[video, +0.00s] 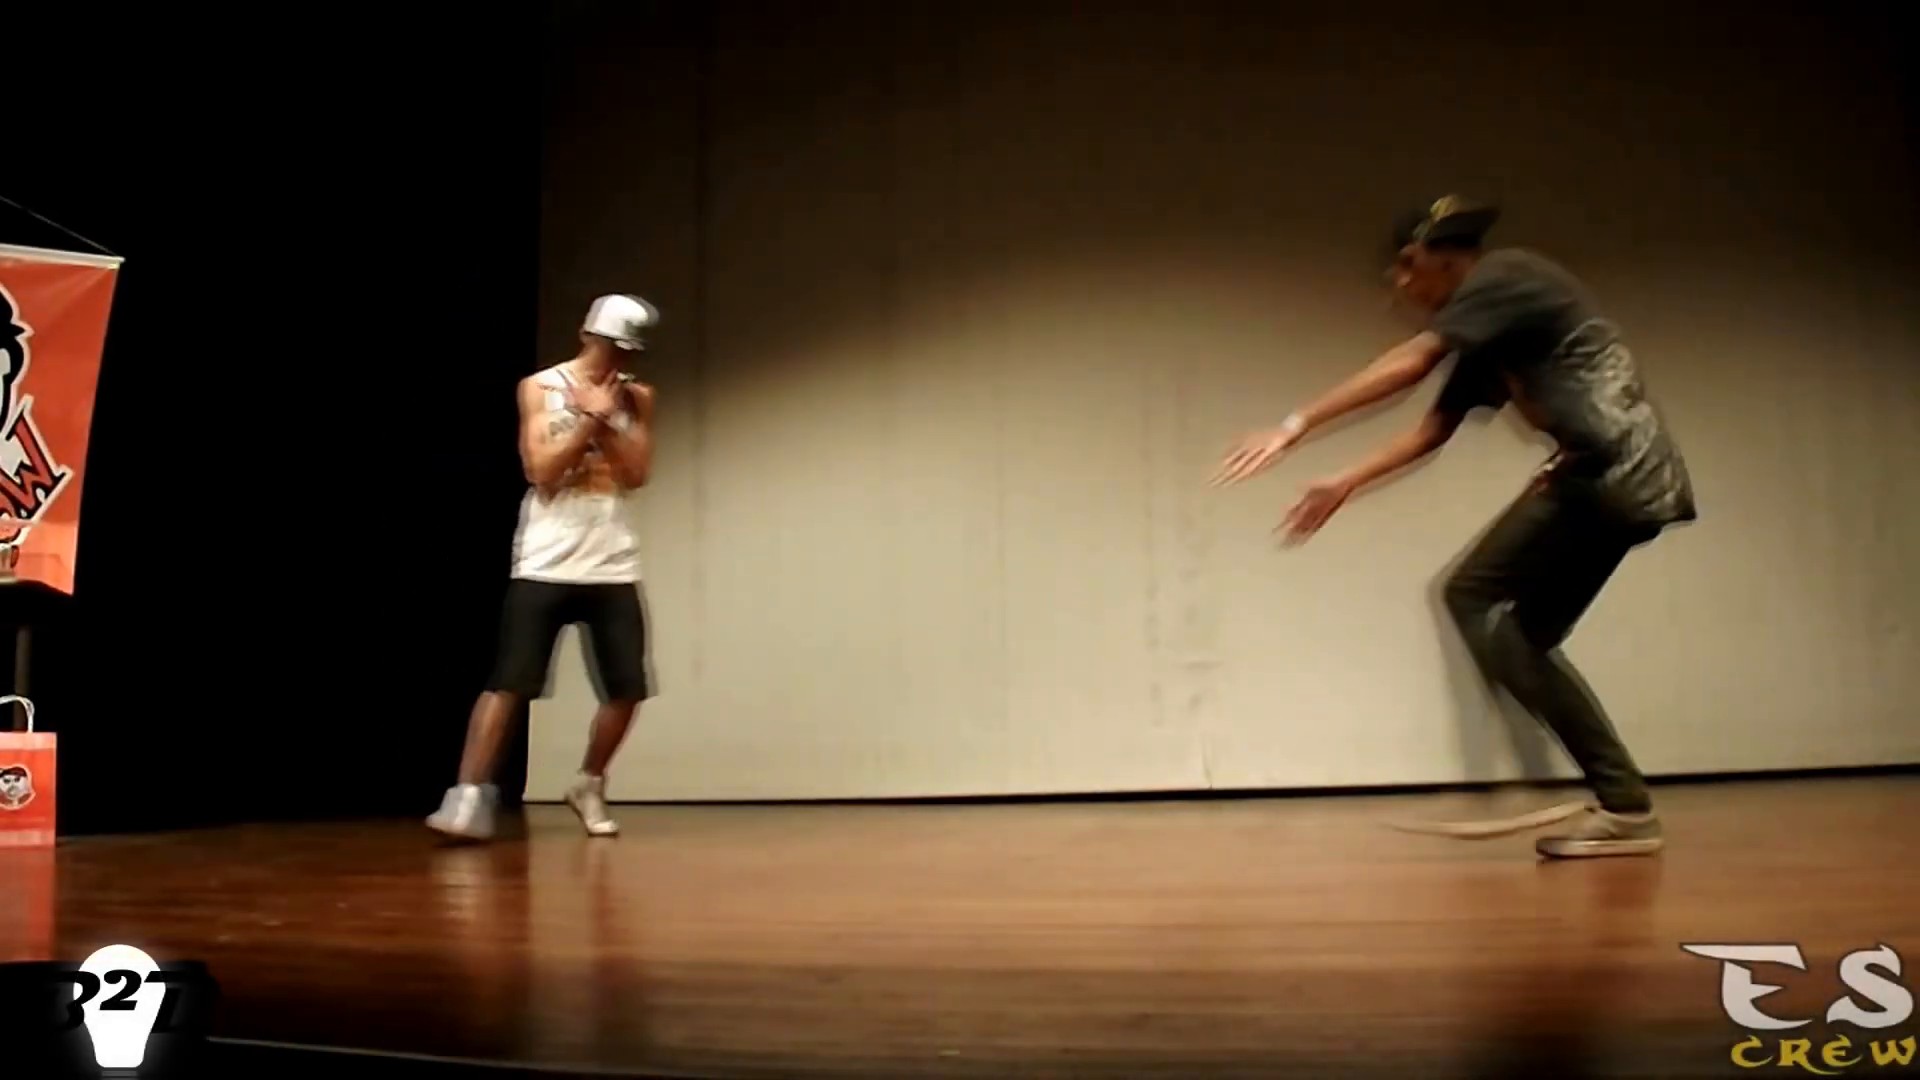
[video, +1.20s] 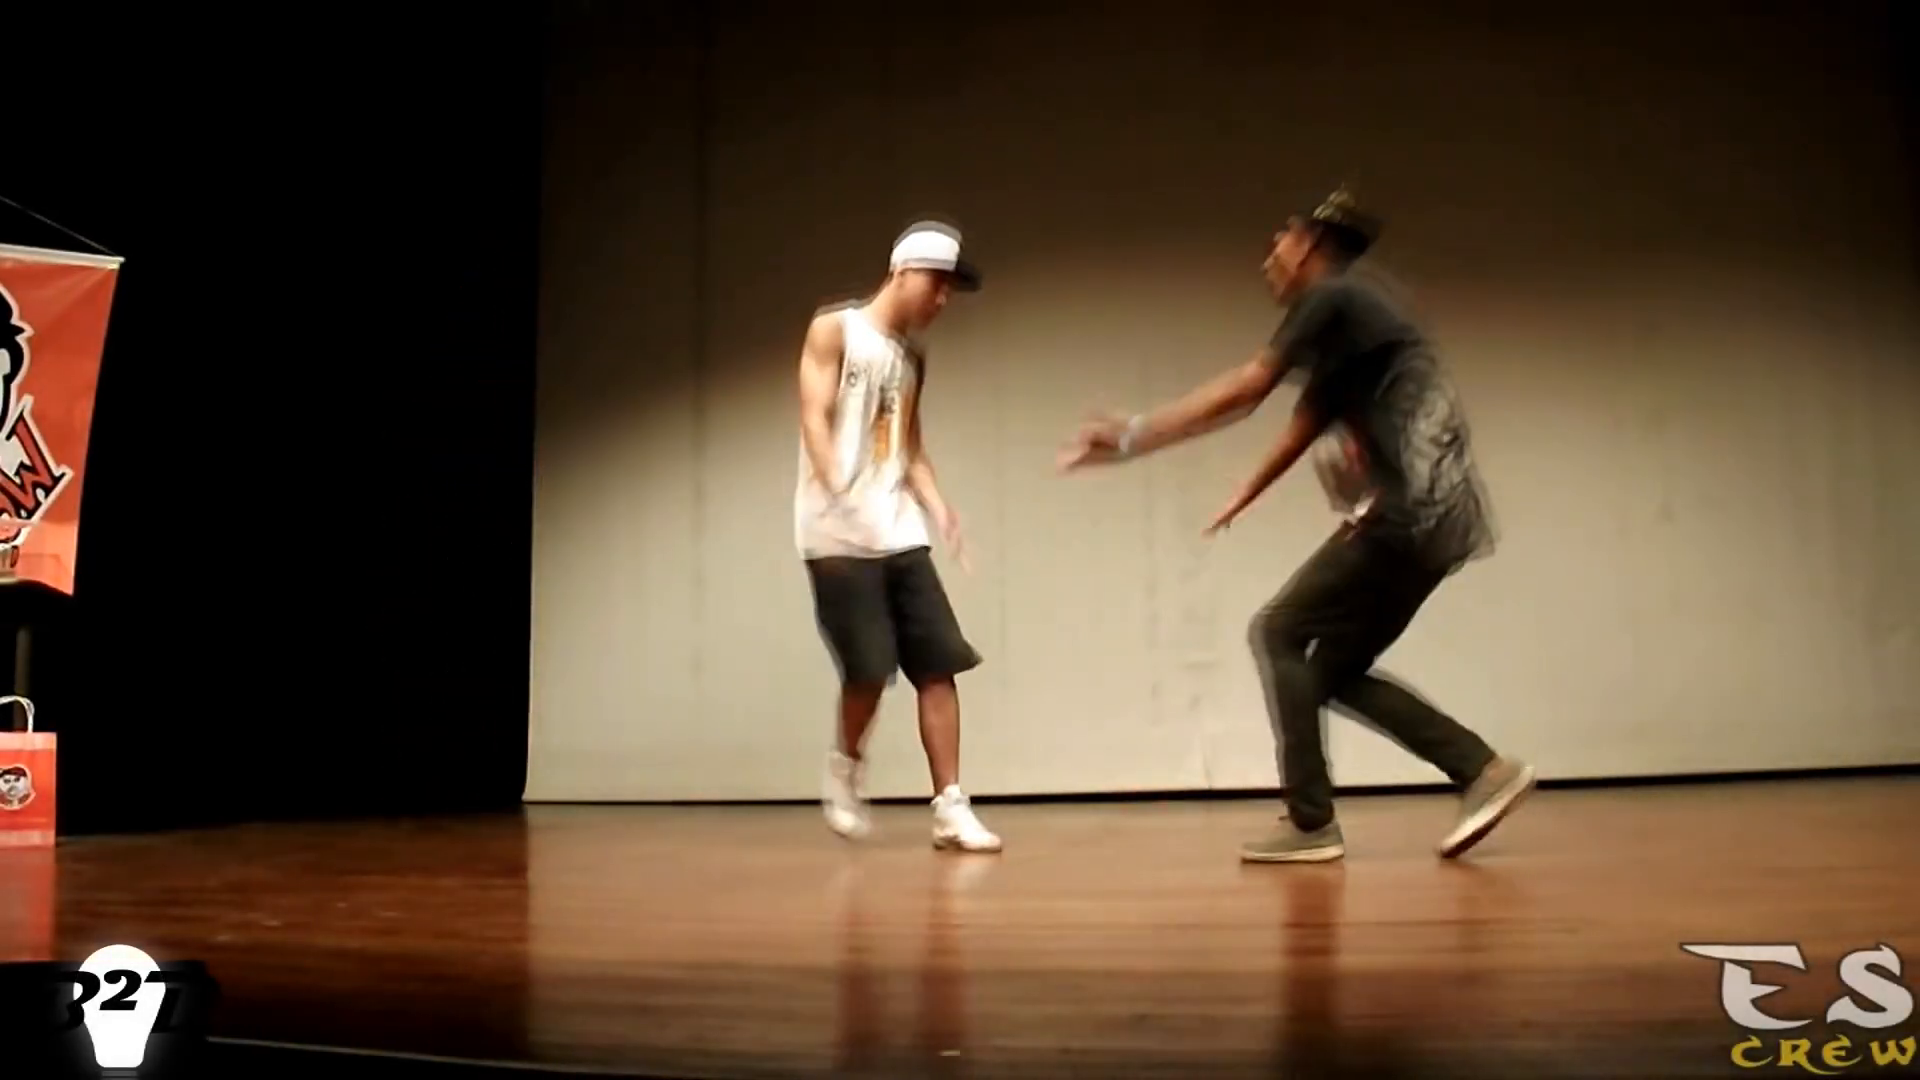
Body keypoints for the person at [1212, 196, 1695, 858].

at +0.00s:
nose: (1402, 288)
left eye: (1406, 271)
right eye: (1399, 275)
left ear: (1437, 257)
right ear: (1445, 261)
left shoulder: (1503, 278)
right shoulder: (1491, 327)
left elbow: (1411, 363)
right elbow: (1429, 434)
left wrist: (1294, 426)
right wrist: (1342, 488)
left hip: (1602, 473)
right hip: (1626, 479)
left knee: (1471, 592)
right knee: (1522, 637)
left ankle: (1607, 792)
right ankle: (1626, 807)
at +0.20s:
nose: (1310, 445)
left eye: (1314, 428)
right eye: (1309, 430)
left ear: (1341, 421)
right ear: (1369, 413)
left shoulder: (1392, 445)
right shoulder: (1422, 465)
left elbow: (1323, 561)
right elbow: (1380, 602)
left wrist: (1217, 598)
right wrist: (1273, 618)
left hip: (1525, 576)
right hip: (1572, 583)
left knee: (1364, 636)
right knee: (1441, 718)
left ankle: (1322, 828)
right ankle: (1596, 791)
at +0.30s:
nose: (1271, 522)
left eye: (1274, 505)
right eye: (1271, 506)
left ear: (1298, 499)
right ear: (1334, 492)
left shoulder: (1345, 534)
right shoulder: (1384, 532)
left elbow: (1303, 672)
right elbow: (1368, 695)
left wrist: (1209, 725)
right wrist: (1284, 715)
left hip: (1487, 649)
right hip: (1532, 654)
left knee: (1314, 665)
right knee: (1404, 779)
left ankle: (1314, 825)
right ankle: (1564, 787)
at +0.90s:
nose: (1218, 423)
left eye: (1226, 408)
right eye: (1223, 407)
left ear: (1247, 417)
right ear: (1286, 418)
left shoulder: (1271, 483)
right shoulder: (1321, 473)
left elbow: (1236, 621)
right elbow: (1320, 621)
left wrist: (1185, 717)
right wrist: (1268, 736)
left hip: (1376, 647)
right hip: (1418, 654)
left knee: (1229, 658)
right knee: (1323, 789)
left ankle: (1305, 820)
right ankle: (1483, 803)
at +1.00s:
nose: (1227, 350)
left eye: (1237, 335)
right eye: (1233, 334)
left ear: (1262, 348)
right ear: (1291, 349)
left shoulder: (1286, 414)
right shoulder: (1325, 410)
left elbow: (1243, 551)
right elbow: (1308, 569)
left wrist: (1151, 627)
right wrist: (1229, 646)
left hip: (1382, 595)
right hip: (1423, 603)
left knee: (1229, 648)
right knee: (1320, 751)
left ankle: (1305, 822)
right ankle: (1484, 785)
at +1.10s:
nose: (1241, 302)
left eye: (1253, 286)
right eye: (1247, 286)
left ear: (1284, 294)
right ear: (1301, 298)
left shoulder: (1302, 357)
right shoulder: (1333, 359)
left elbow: (1228, 463)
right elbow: (1291, 488)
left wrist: (1123, 510)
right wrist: (1230, 547)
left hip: (1388, 556)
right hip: (1423, 559)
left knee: (1245, 643)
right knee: (1325, 710)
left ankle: (1307, 820)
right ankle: (1487, 761)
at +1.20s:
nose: (1271, 253)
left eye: (1283, 239)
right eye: (1278, 238)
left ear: (1312, 246)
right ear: (1328, 250)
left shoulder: (1329, 300)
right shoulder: (1362, 309)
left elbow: (1243, 388)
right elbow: (1304, 431)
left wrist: (1134, 436)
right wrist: (1243, 497)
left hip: (1404, 515)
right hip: (1440, 520)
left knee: (1277, 633)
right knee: (1336, 675)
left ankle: (1311, 823)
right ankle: (1485, 771)